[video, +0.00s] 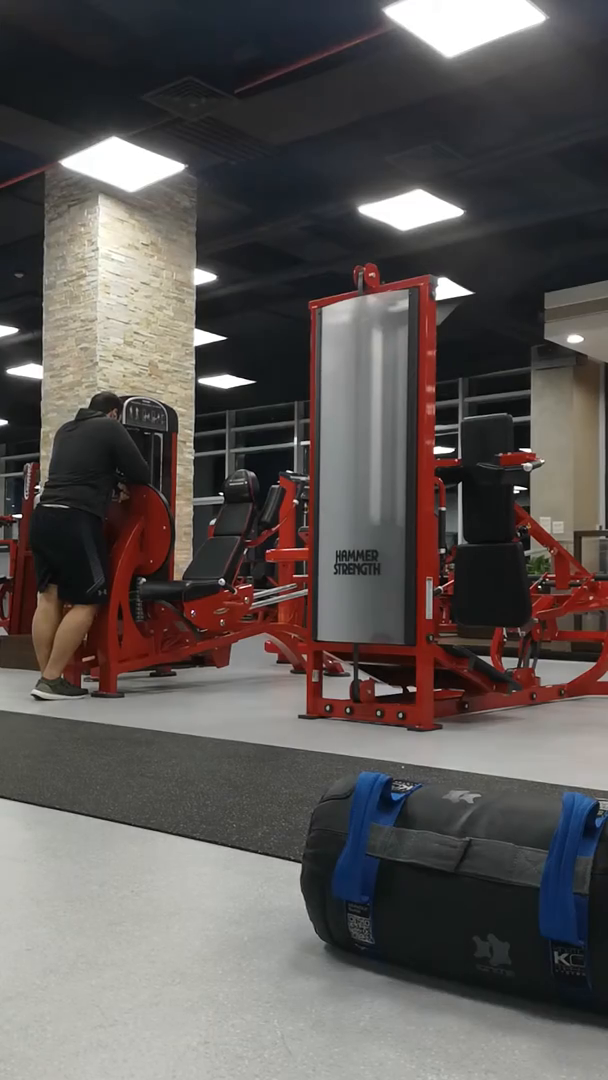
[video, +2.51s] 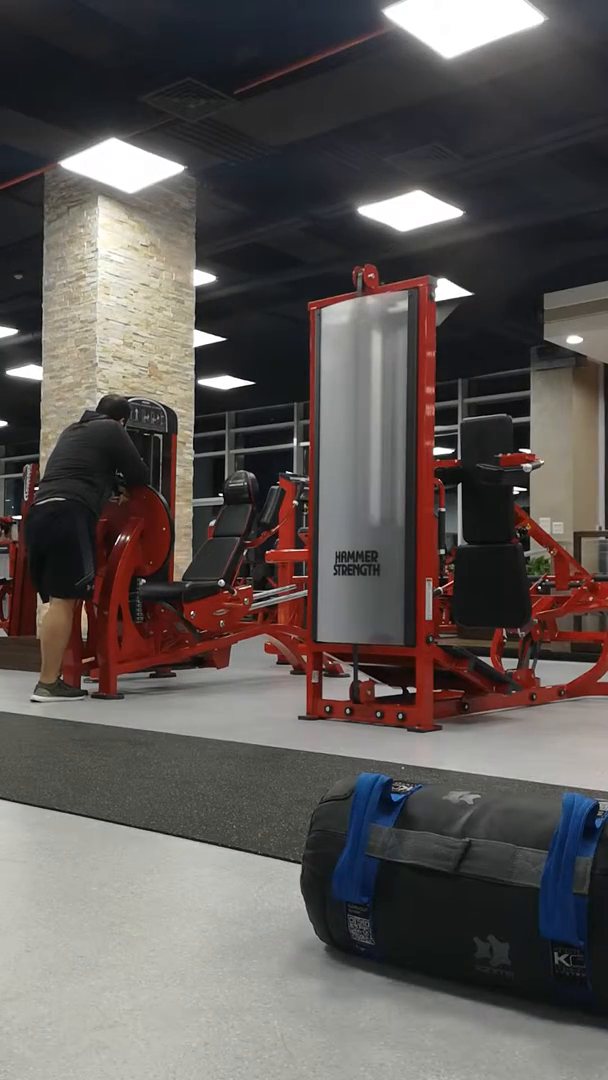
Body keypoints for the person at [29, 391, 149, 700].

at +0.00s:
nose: (120, 421)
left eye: (120, 417)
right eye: (121, 416)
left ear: (91, 409)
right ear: (113, 413)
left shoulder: (65, 429)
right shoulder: (111, 428)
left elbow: (72, 470)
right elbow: (141, 476)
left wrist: (111, 486)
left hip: (43, 516)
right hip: (75, 520)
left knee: (48, 597)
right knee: (87, 601)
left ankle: (47, 676)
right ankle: (52, 678)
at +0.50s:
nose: (121, 420)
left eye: (121, 416)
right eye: (121, 415)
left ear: (92, 409)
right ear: (114, 412)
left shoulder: (68, 428)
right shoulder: (112, 428)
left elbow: (74, 470)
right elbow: (141, 476)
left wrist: (112, 486)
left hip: (42, 515)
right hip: (74, 518)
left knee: (48, 598)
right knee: (80, 603)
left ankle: (46, 677)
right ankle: (51, 680)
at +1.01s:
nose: (124, 421)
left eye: (124, 418)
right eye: (126, 417)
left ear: (98, 409)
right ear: (121, 414)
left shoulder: (73, 427)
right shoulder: (113, 426)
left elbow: (75, 469)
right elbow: (141, 476)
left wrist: (111, 484)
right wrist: (115, 473)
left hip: (42, 511)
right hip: (71, 512)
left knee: (50, 599)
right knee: (66, 601)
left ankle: (48, 678)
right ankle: (50, 681)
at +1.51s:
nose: (124, 425)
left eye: (124, 422)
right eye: (125, 422)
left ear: (97, 413)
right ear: (121, 419)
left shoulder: (70, 430)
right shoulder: (113, 430)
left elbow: (75, 468)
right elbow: (141, 477)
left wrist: (109, 483)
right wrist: (113, 474)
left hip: (41, 511)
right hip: (68, 511)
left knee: (56, 599)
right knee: (60, 600)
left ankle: (51, 678)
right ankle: (48, 682)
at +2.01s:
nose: (124, 426)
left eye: (124, 422)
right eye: (125, 422)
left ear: (97, 413)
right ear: (121, 419)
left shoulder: (70, 430)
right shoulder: (114, 430)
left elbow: (75, 468)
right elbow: (140, 478)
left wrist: (109, 486)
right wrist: (113, 475)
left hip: (39, 511)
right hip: (67, 510)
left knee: (54, 600)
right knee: (60, 601)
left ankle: (50, 679)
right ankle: (48, 682)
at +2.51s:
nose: (125, 427)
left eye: (124, 423)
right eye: (126, 423)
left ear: (98, 413)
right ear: (121, 420)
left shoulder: (71, 430)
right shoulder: (113, 430)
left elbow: (78, 468)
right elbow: (140, 478)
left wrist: (111, 487)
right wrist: (118, 479)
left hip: (39, 512)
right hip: (66, 511)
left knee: (57, 600)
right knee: (61, 601)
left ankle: (50, 679)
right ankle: (48, 682)